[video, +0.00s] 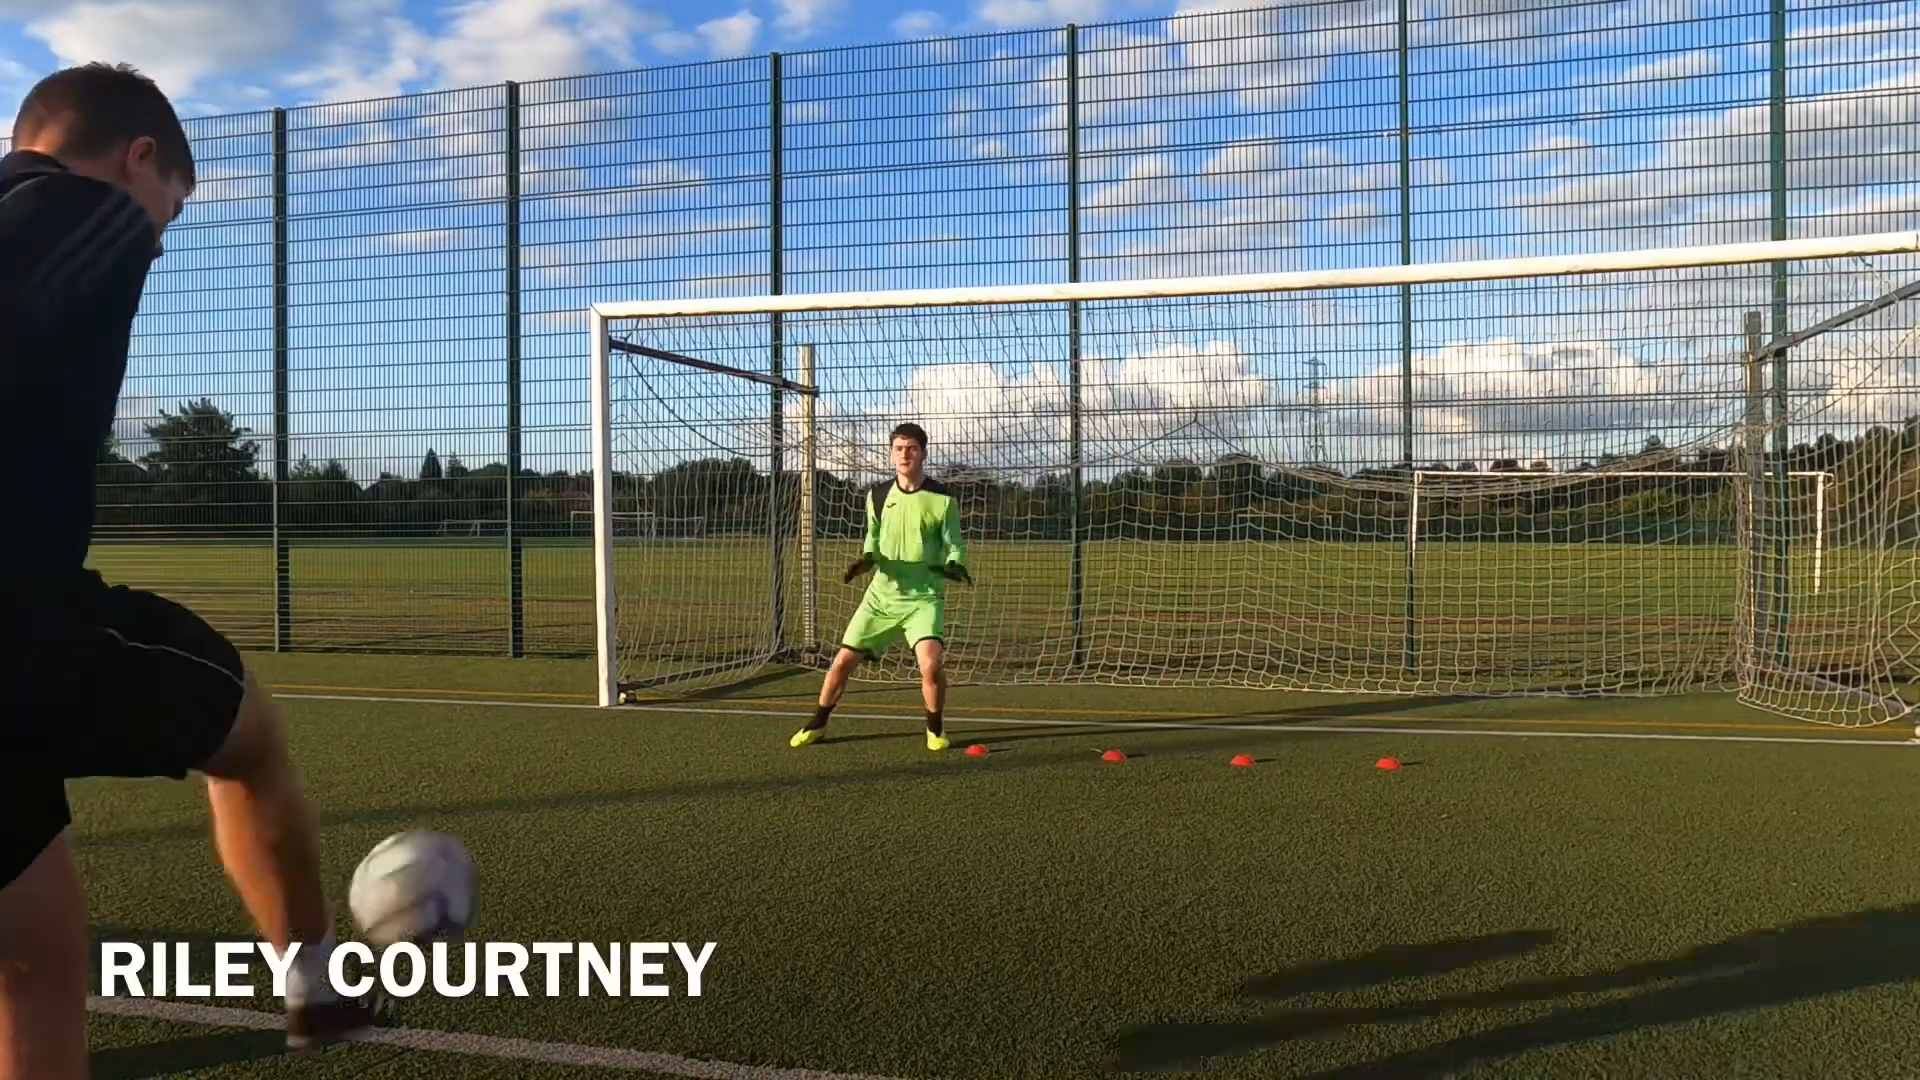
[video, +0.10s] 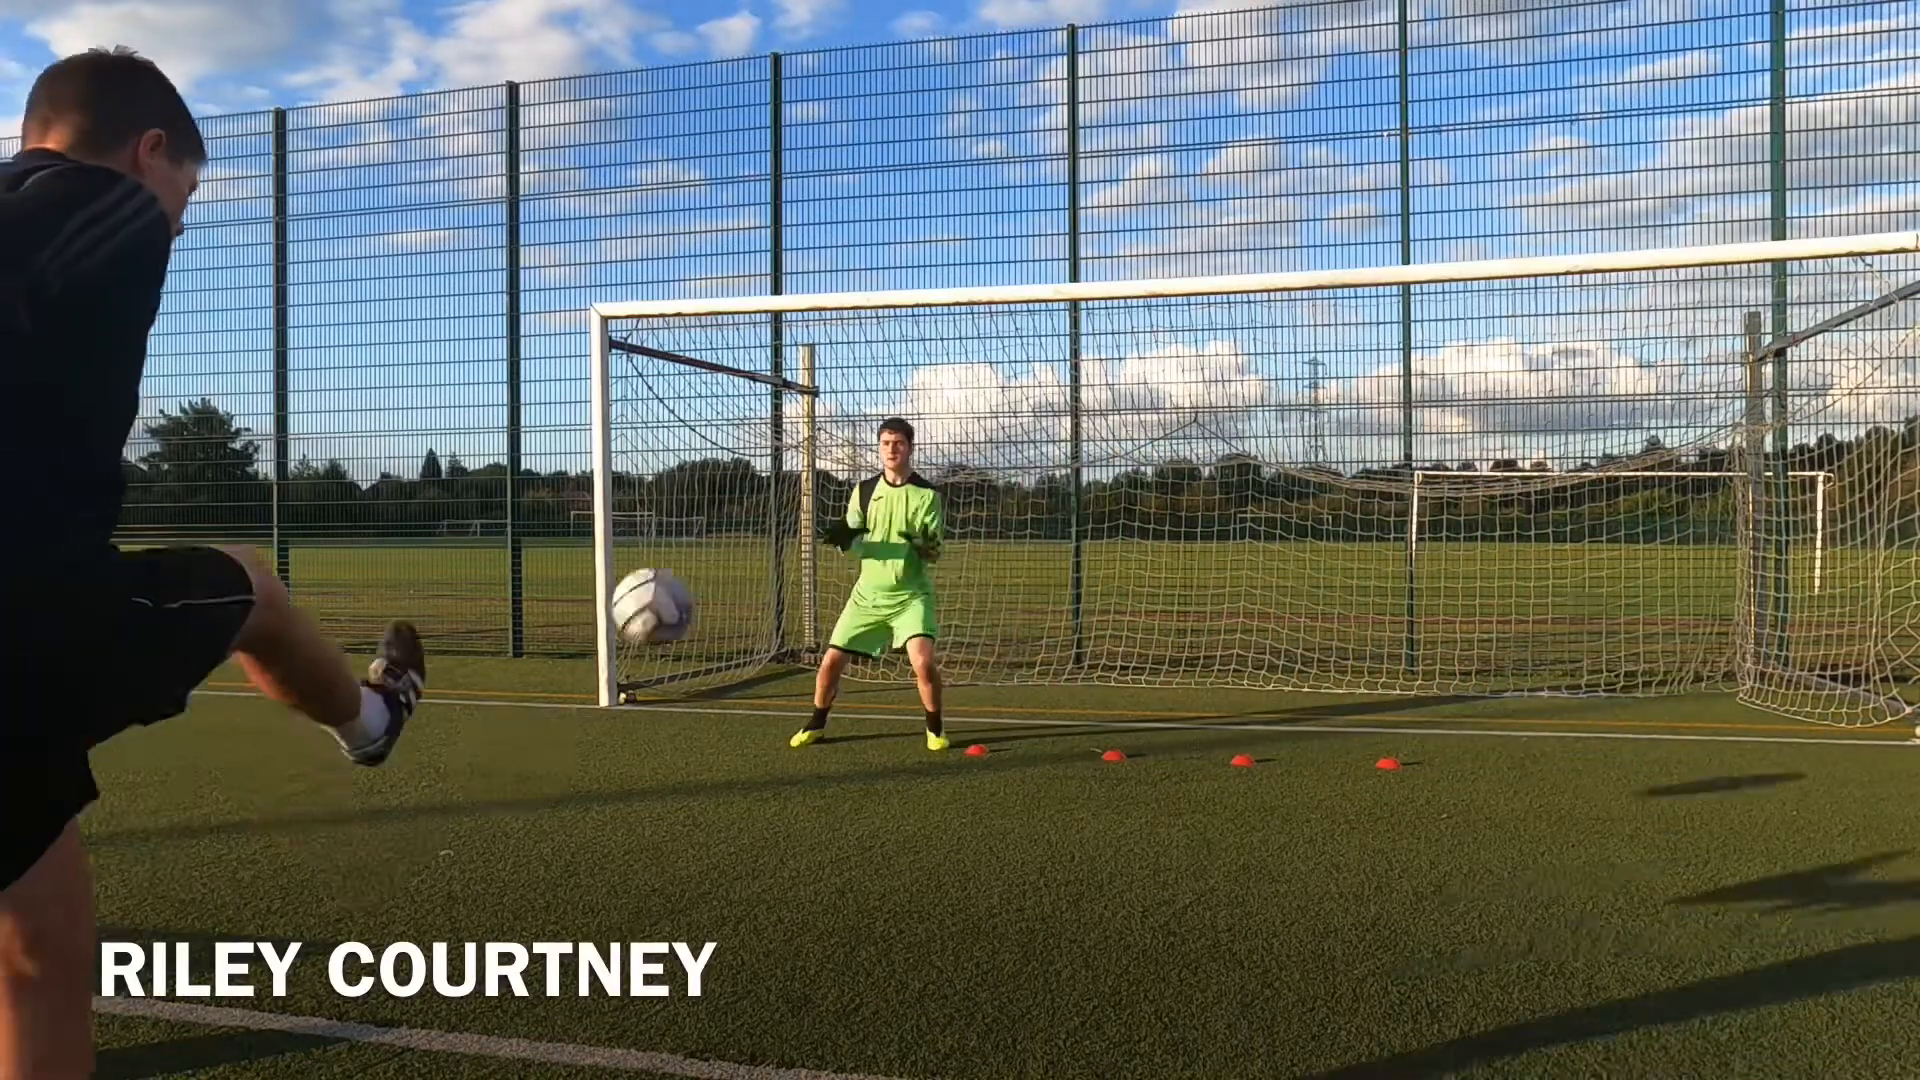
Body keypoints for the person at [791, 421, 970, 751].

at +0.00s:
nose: (904, 455)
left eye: (911, 449)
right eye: (899, 449)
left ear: (923, 454)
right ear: (891, 455)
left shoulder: (943, 501)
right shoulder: (877, 497)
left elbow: (955, 545)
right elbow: (871, 540)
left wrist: (955, 565)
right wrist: (865, 560)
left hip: (923, 599)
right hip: (880, 597)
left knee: (931, 665)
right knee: (842, 662)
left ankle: (935, 729)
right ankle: (818, 723)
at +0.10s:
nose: (892, 449)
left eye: (898, 444)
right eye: (886, 444)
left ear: (910, 448)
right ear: (879, 449)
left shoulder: (927, 496)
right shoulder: (862, 491)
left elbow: (935, 553)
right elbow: (851, 541)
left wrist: (925, 547)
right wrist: (842, 538)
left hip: (911, 597)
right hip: (866, 595)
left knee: (923, 663)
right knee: (831, 661)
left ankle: (935, 729)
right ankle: (816, 725)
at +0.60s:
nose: (816, 443)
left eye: (821, 436)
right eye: (809, 439)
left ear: (833, 439)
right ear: (802, 446)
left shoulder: (863, 472)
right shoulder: (811, 487)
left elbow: (896, 509)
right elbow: (817, 535)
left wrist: (864, 520)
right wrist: (794, 548)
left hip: (884, 578)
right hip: (844, 583)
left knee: (907, 653)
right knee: (827, 651)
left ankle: (933, 727)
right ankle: (816, 724)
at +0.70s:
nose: (806, 448)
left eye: (812, 440)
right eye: (800, 443)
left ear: (824, 443)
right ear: (794, 450)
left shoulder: (857, 475)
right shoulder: (807, 489)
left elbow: (902, 500)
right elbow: (819, 526)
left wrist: (887, 521)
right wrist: (807, 554)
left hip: (881, 579)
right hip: (841, 585)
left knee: (903, 652)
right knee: (826, 652)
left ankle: (933, 727)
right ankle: (816, 725)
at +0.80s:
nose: (809, 442)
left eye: (815, 436)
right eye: (802, 437)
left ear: (825, 441)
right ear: (794, 445)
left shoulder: (856, 473)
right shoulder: (799, 491)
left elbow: (897, 495)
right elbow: (813, 530)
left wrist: (889, 516)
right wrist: (810, 566)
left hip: (879, 577)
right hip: (838, 585)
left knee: (902, 650)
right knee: (826, 652)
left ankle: (933, 727)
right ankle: (816, 724)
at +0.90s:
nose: (816, 439)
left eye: (822, 432)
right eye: (809, 433)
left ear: (833, 436)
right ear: (801, 439)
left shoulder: (860, 471)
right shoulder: (798, 485)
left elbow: (899, 497)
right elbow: (805, 537)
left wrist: (891, 513)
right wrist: (786, 557)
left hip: (880, 574)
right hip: (839, 579)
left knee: (901, 648)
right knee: (826, 653)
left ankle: (933, 725)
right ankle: (816, 724)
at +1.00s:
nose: (828, 438)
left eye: (834, 431)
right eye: (821, 432)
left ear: (844, 436)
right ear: (812, 437)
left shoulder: (870, 472)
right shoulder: (807, 480)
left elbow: (908, 500)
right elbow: (787, 526)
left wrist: (897, 515)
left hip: (882, 576)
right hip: (840, 583)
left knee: (904, 648)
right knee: (827, 655)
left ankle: (932, 725)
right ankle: (816, 725)